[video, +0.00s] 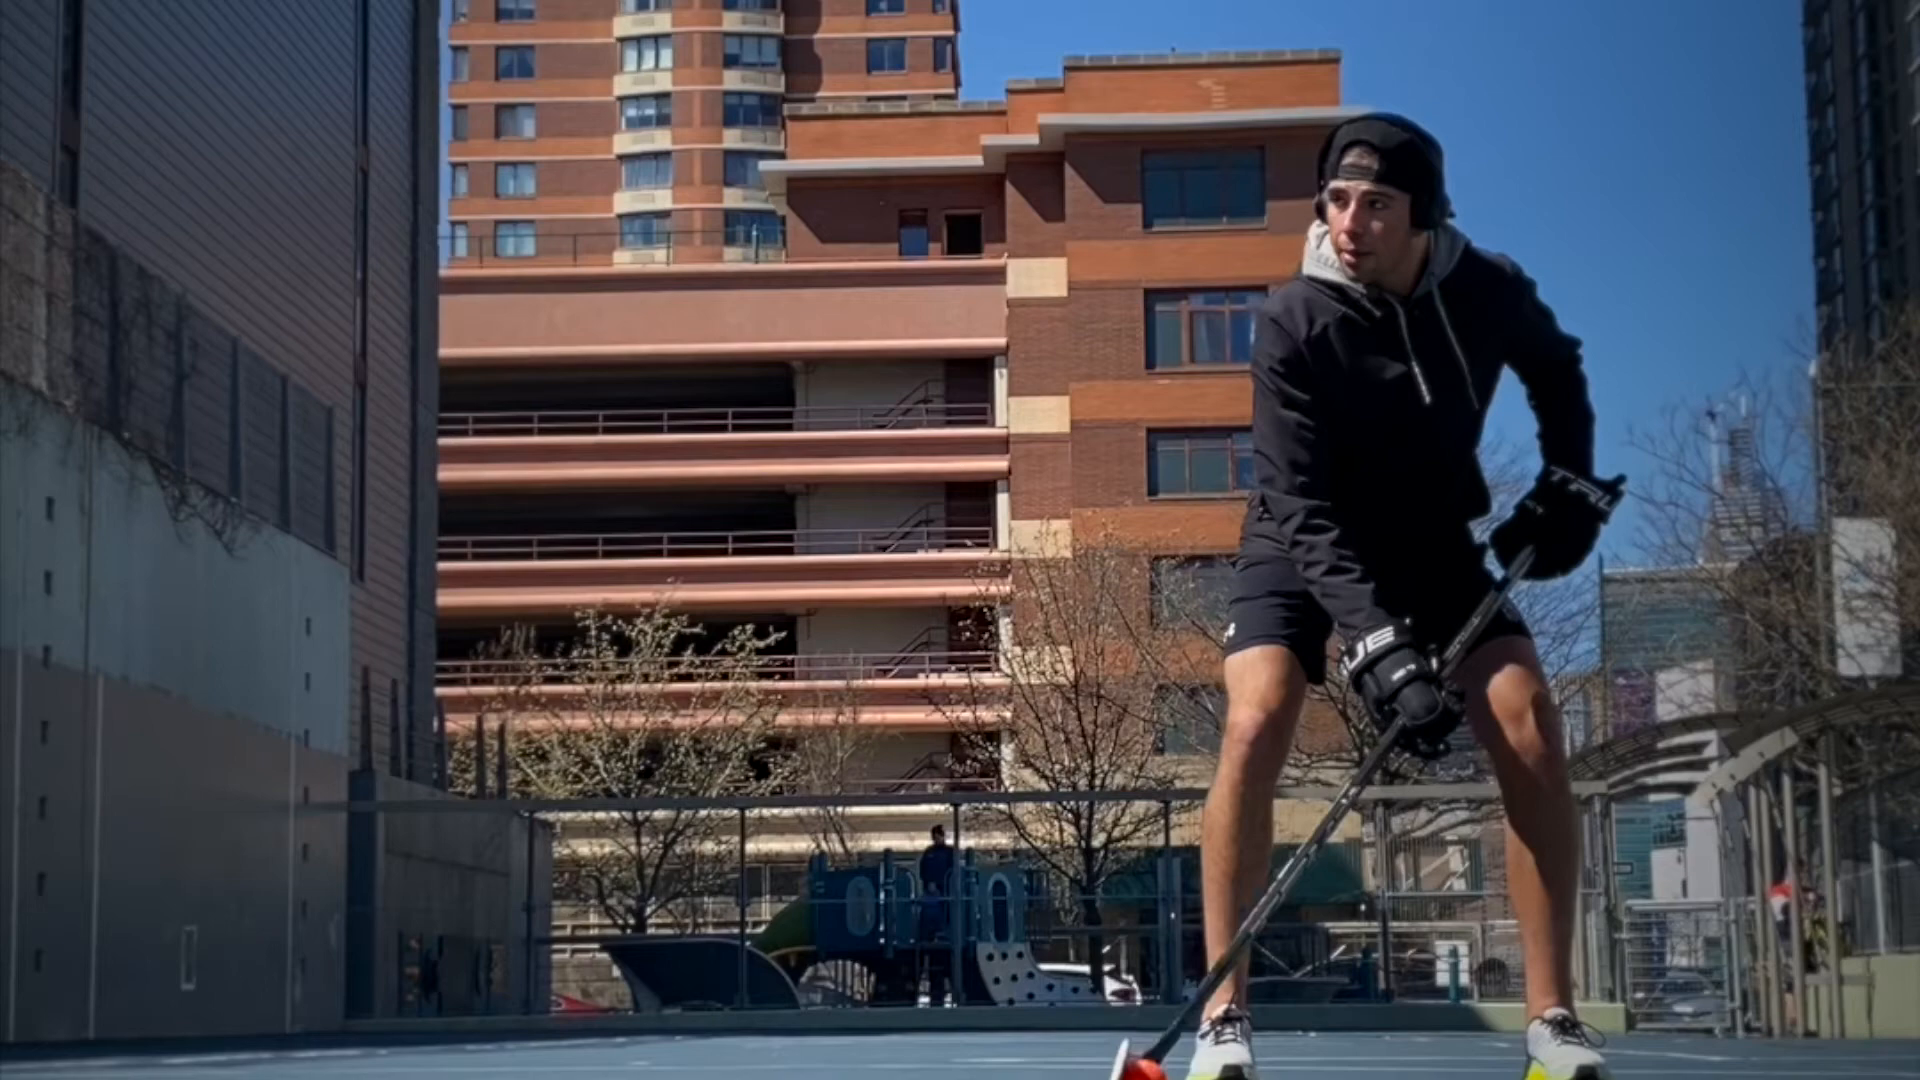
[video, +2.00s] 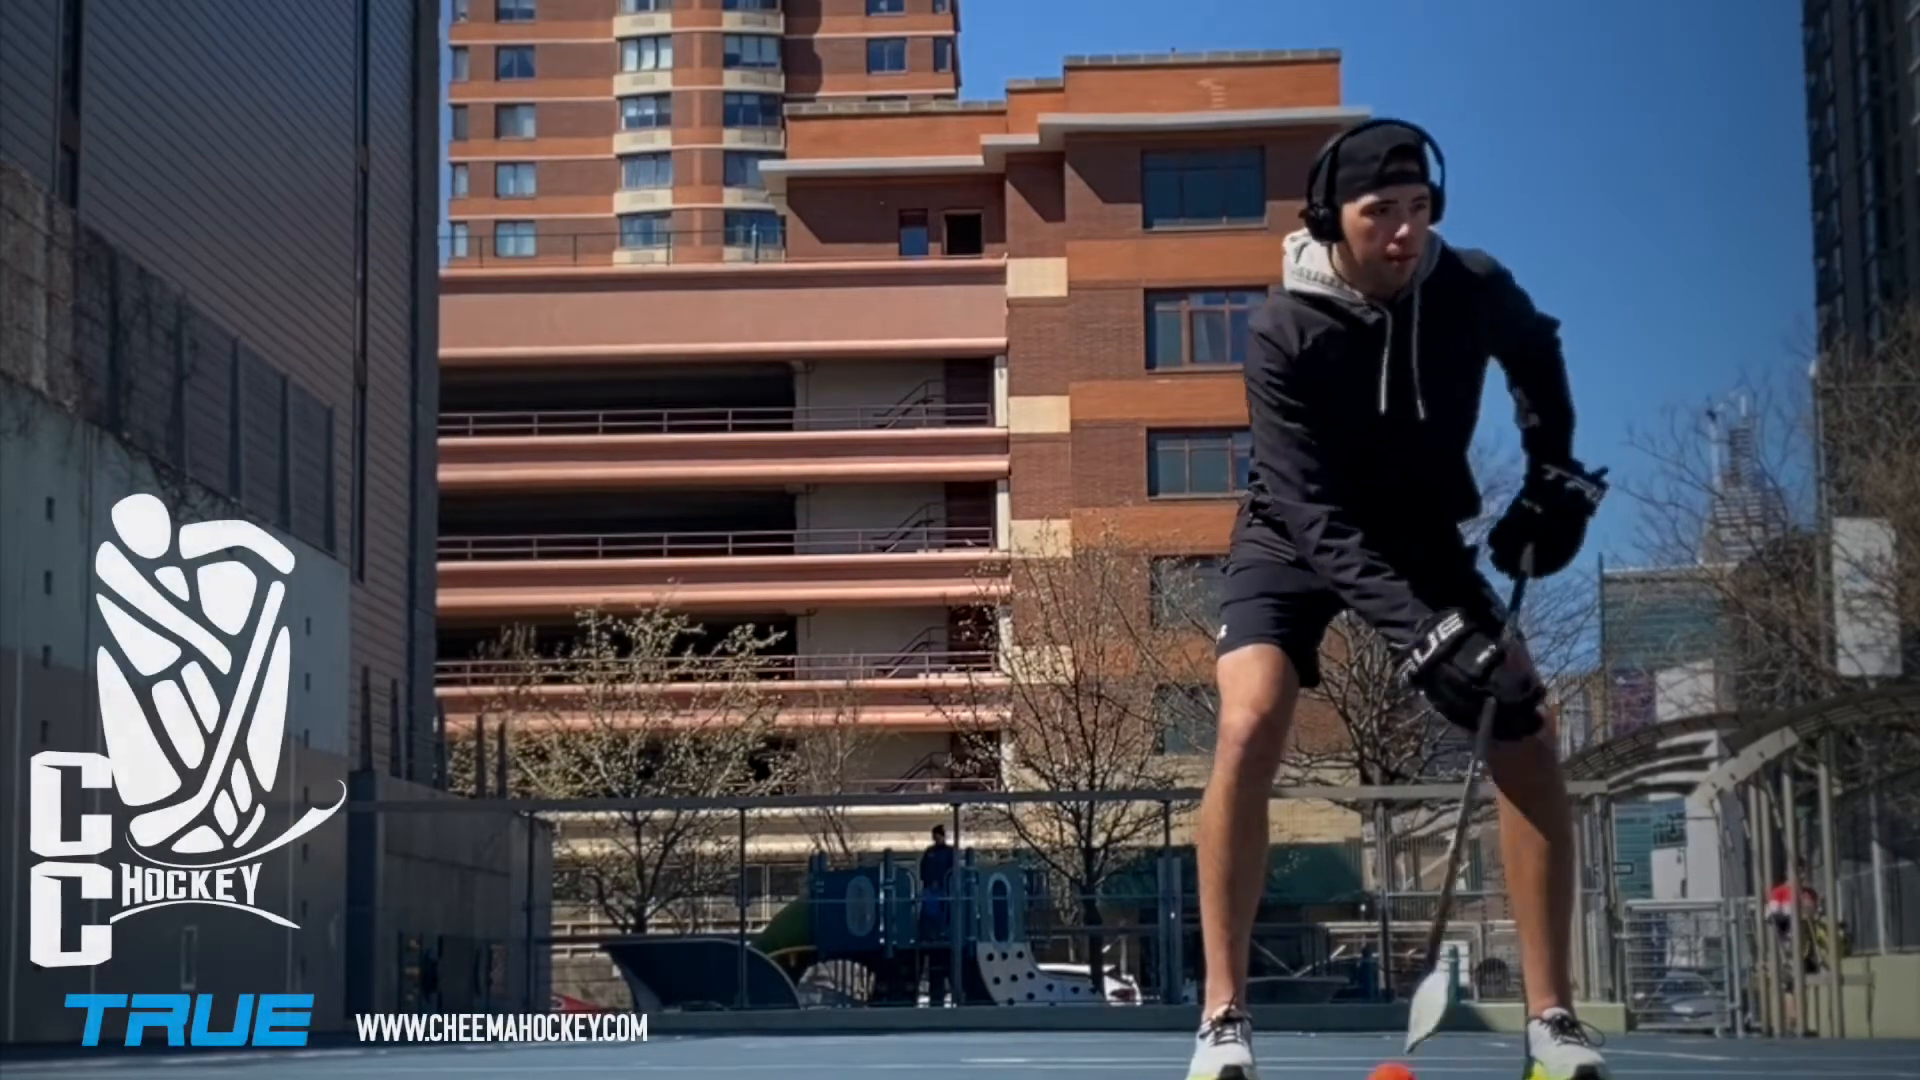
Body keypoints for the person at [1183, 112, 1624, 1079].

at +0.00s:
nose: (1351, 222)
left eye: (1376, 204)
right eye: (1338, 201)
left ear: (1424, 214)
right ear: (1321, 207)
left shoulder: (1487, 290)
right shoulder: (1294, 320)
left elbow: (1555, 372)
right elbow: (1296, 506)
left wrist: (1568, 481)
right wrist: (1371, 643)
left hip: (1435, 537)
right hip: (1303, 538)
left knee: (1531, 725)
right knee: (1256, 723)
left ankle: (1552, 1015)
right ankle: (1222, 1011)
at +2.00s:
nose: (1404, 229)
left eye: (1419, 208)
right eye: (1380, 211)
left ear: (1436, 211)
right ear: (1332, 219)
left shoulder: (1471, 287)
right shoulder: (1286, 328)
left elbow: (1534, 354)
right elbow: (1309, 515)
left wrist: (1551, 472)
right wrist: (1425, 632)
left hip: (1425, 534)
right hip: (1295, 535)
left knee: (1528, 744)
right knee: (1249, 727)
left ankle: (1552, 1018)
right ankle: (1223, 1016)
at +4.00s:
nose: (1296, 291)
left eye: (1313, 268)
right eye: (1274, 271)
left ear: (1343, 265)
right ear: (1241, 275)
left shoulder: (1403, 319)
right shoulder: (1225, 386)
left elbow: (1481, 357)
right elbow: (1280, 559)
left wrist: (1489, 473)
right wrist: (1407, 668)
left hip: (1395, 566)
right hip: (1266, 573)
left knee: (1509, 723)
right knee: (1210, 730)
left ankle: (1546, 1013)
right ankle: (1217, 1015)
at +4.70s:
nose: (1378, 274)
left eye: (1398, 253)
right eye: (1358, 251)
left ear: (1426, 254)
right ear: (1323, 250)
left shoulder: (1474, 324)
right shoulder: (1282, 354)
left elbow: (1552, 389)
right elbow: (1281, 536)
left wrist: (1568, 501)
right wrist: (1369, 665)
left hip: (1427, 564)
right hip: (1297, 563)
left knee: (1537, 740)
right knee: (1249, 732)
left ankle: (1553, 1019)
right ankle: (1221, 1017)